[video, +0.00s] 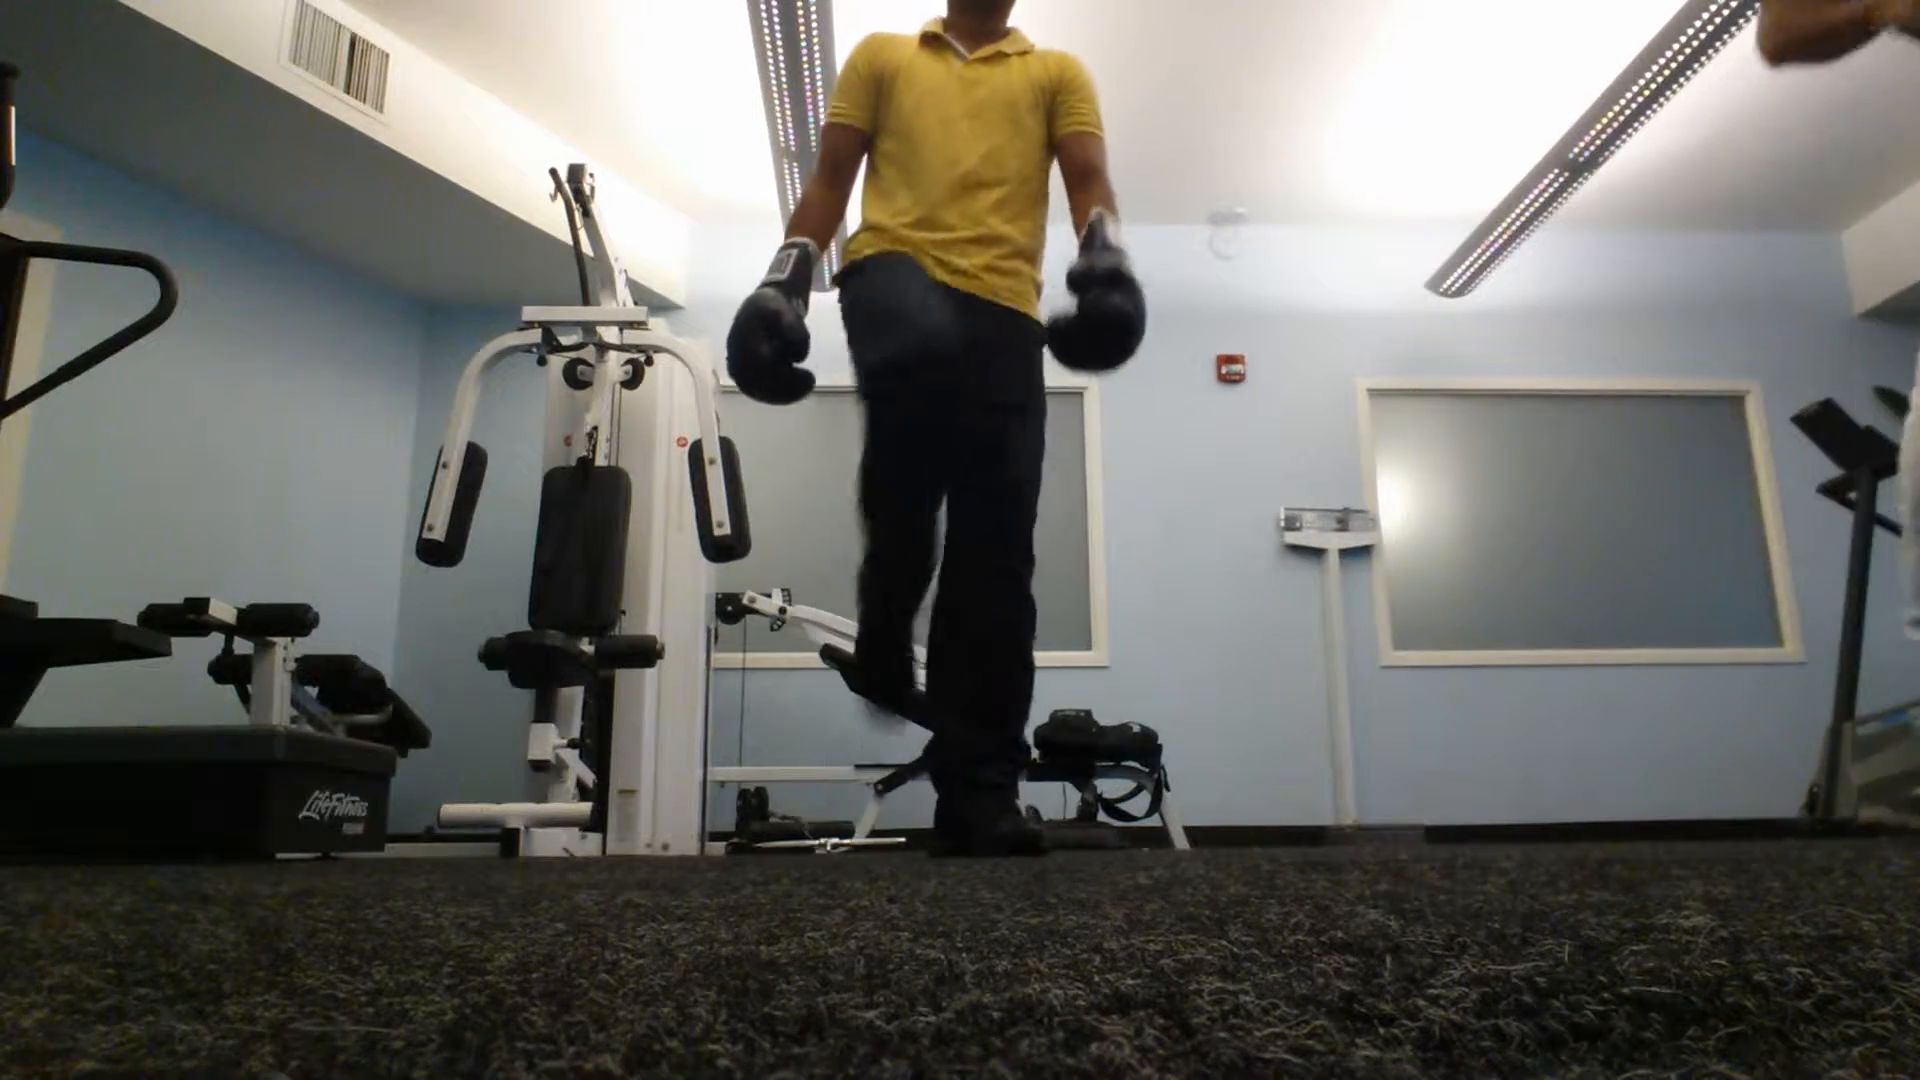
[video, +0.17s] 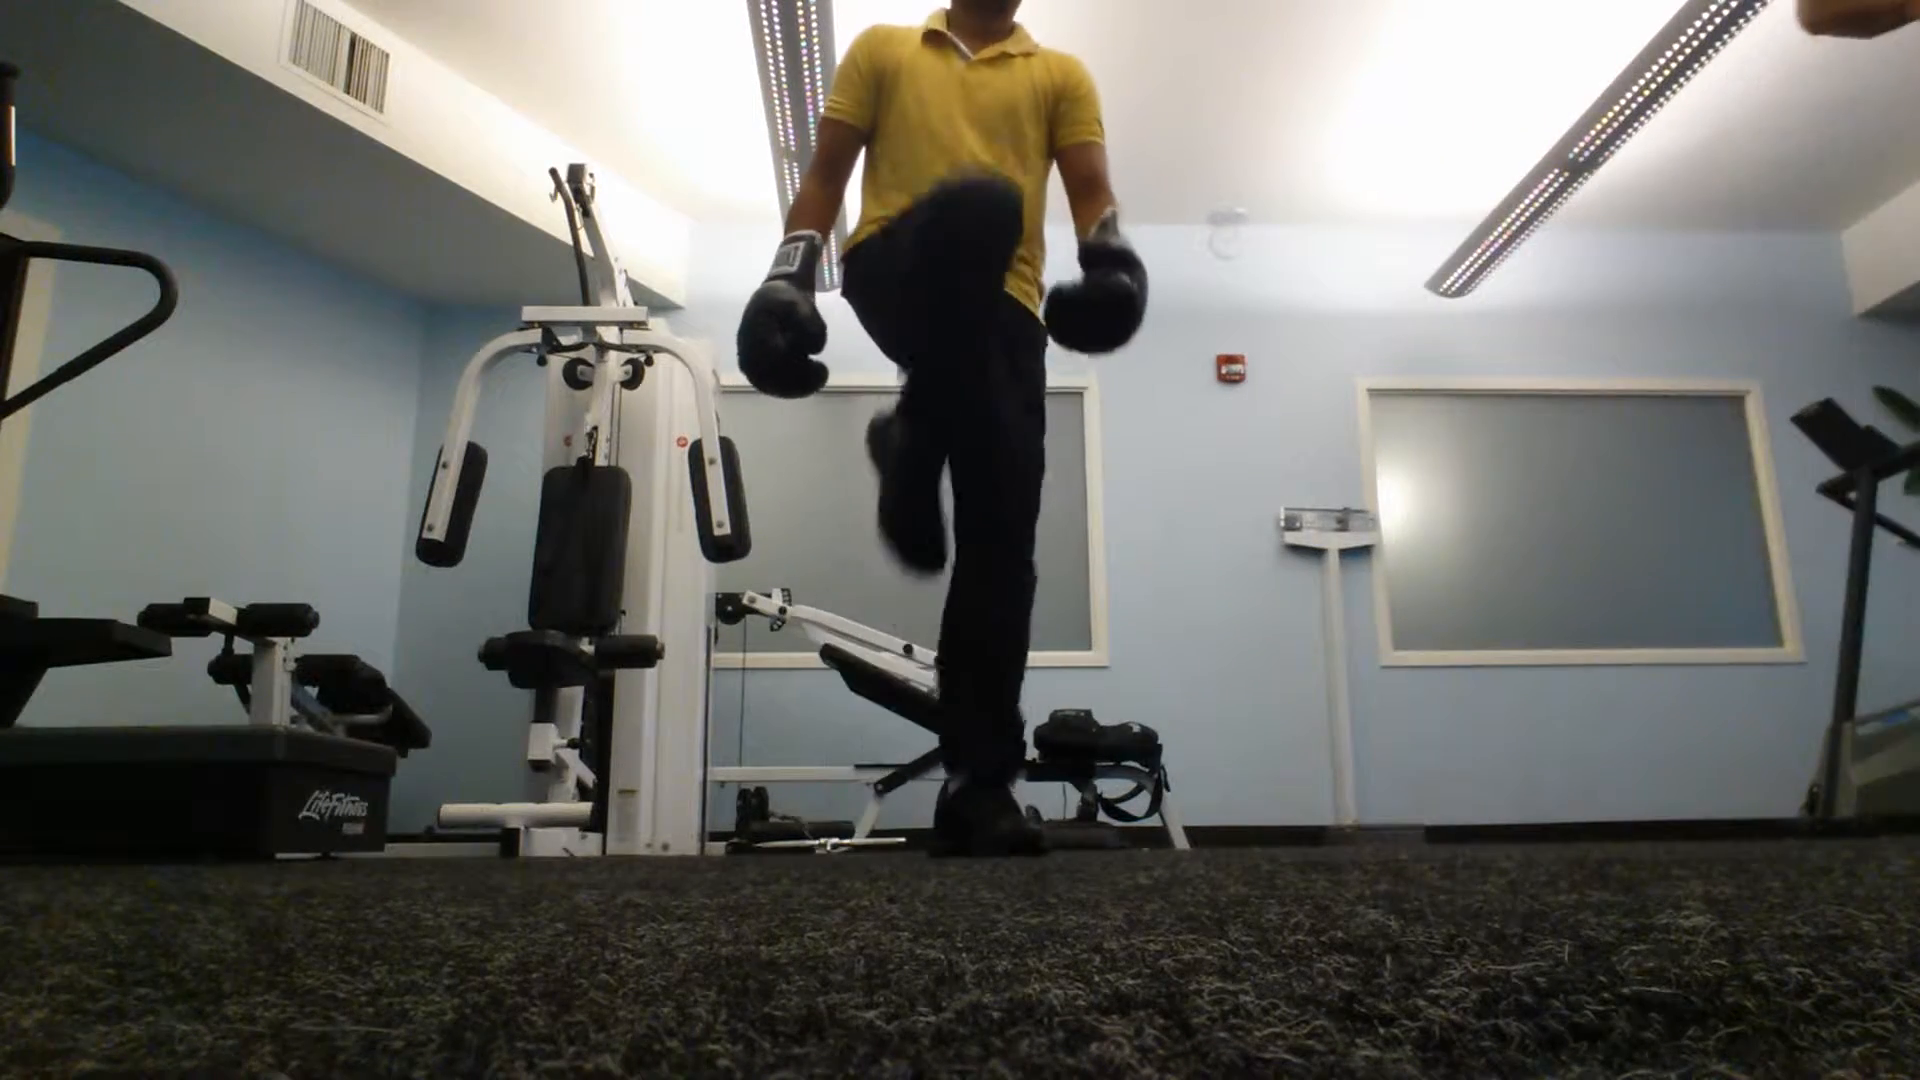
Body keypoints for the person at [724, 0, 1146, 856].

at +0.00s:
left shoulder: (1055, 72)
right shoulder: (884, 56)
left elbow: (1090, 183)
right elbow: (829, 181)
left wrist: (1104, 256)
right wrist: (786, 281)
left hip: (1002, 294)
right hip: (894, 265)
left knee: (998, 552)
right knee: (922, 371)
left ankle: (979, 797)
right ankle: (885, 630)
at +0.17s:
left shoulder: (1058, 74)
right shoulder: (885, 48)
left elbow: (1092, 194)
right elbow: (826, 172)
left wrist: (1107, 249)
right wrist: (790, 273)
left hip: (1005, 310)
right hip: (893, 281)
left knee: (999, 545)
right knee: (983, 204)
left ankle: (979, 792)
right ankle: (911, 457)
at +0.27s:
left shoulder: (1059, 83)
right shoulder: (882, 56)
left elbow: (1089, 209)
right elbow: (822, 179)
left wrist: (1114, 283)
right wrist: (792, 283)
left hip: (1005, 313)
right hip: (895, 291)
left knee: (1010, 524)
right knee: (987, 130)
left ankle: (980, 776)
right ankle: (936, 410)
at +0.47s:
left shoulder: (1055, 89)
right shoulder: (881, 67)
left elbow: (1085, 220)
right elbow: (829, 192)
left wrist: (1111, 341)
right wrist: (800, 299)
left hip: (999, 322)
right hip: (892, 298)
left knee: (1009, 540)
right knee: (961, 246)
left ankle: (981, 782)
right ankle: (917, 484)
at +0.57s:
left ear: (1012, 1)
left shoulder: (1050, 93)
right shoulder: (878, 72)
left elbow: (1083, 222)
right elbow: (828, 191)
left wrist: (1111, 350)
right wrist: (803, 295)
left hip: (1002, 310)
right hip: (897, 282)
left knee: (1003, 561)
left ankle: (978, 796)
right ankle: (912, 610)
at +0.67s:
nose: (972, 5)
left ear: (1004, 9)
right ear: (925, 4)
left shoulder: (1041, 105)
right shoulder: (871, 86)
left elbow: (1077, 231)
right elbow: (820, 202)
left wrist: (1107, 353)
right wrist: (796, 302)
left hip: (1000, 335)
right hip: (888, 327)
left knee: (1000, 562)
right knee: (895, 550)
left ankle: (982, 800)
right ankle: (893, 763)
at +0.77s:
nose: (949, 9)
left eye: (966, 0)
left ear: (987, 16)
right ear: (909, 12)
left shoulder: (1028, 116)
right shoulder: (861, 102)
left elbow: (1064, 239)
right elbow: (818, 206)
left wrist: (1099, 353)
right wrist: (788, 307)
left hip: (990, 351)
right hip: (875, 351)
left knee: (995, 569)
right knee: (874, 576)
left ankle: (985, 802)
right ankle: (894, 801)